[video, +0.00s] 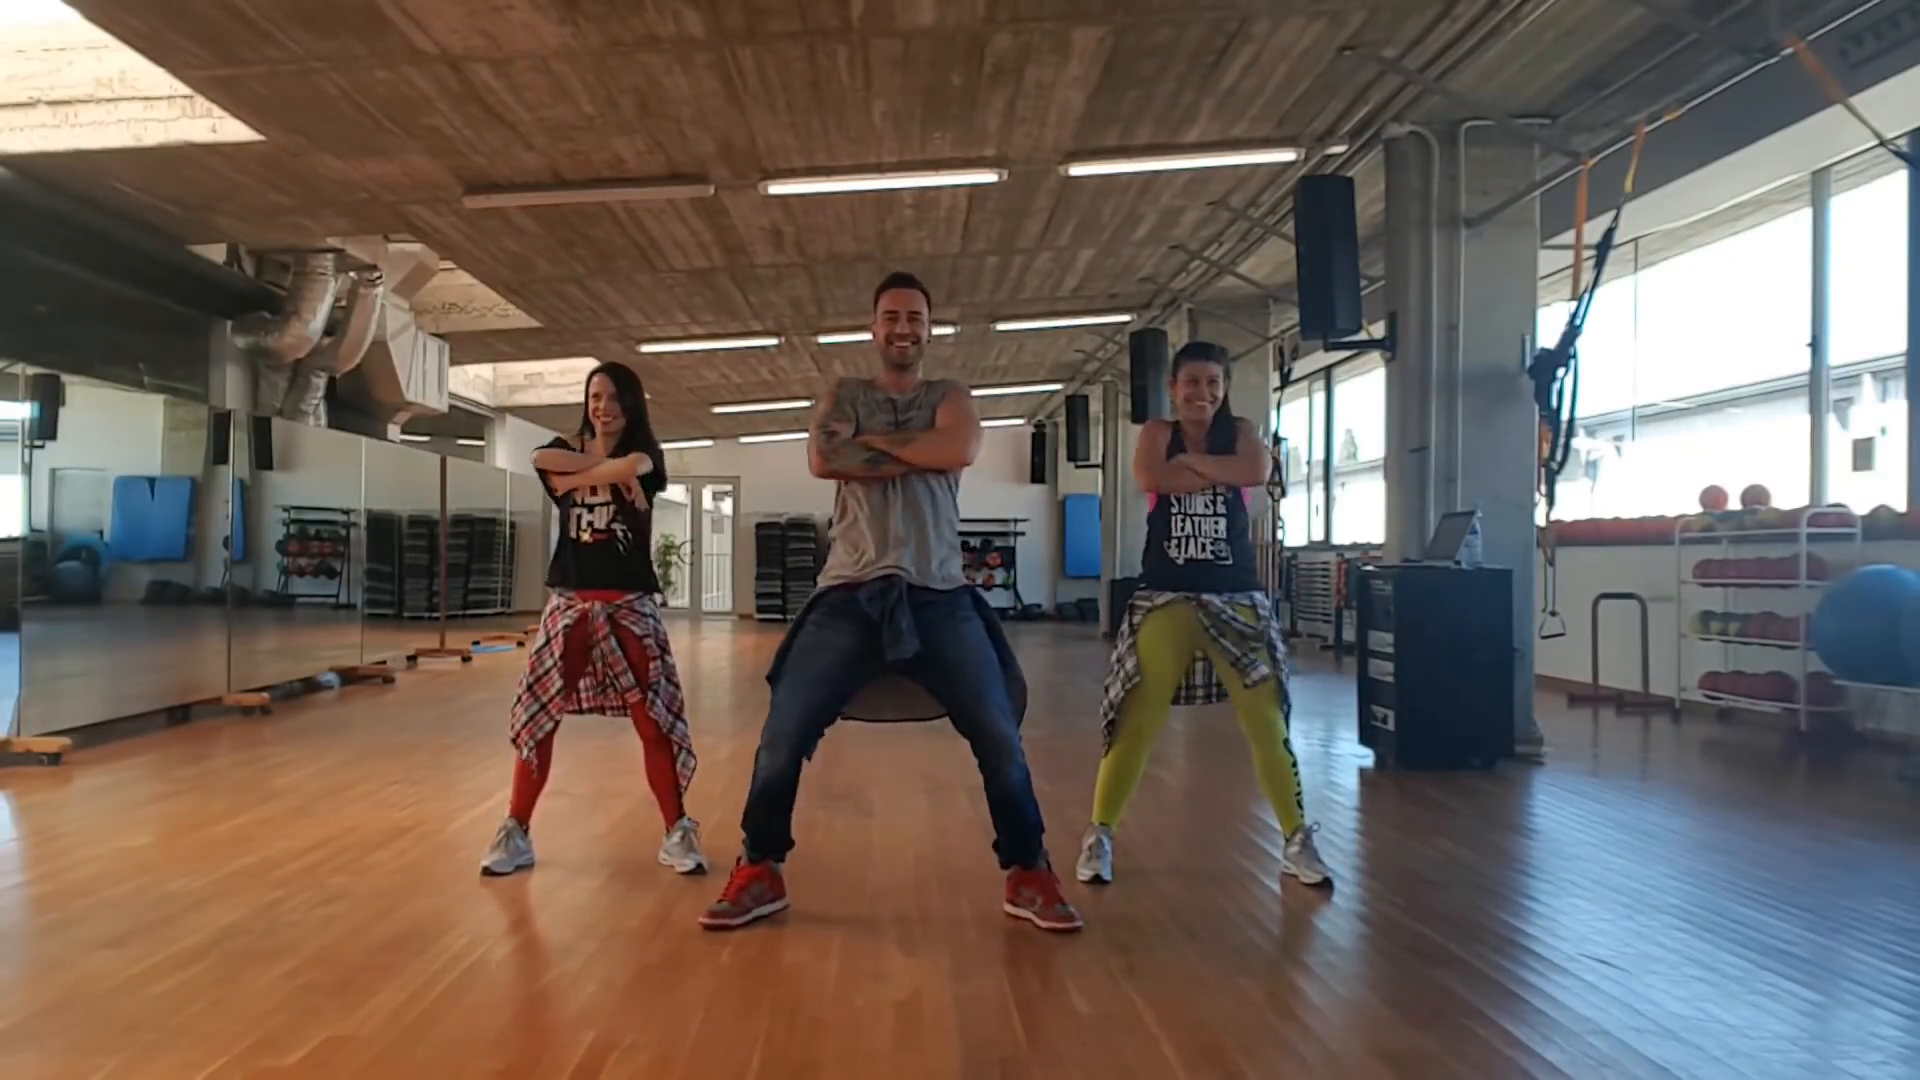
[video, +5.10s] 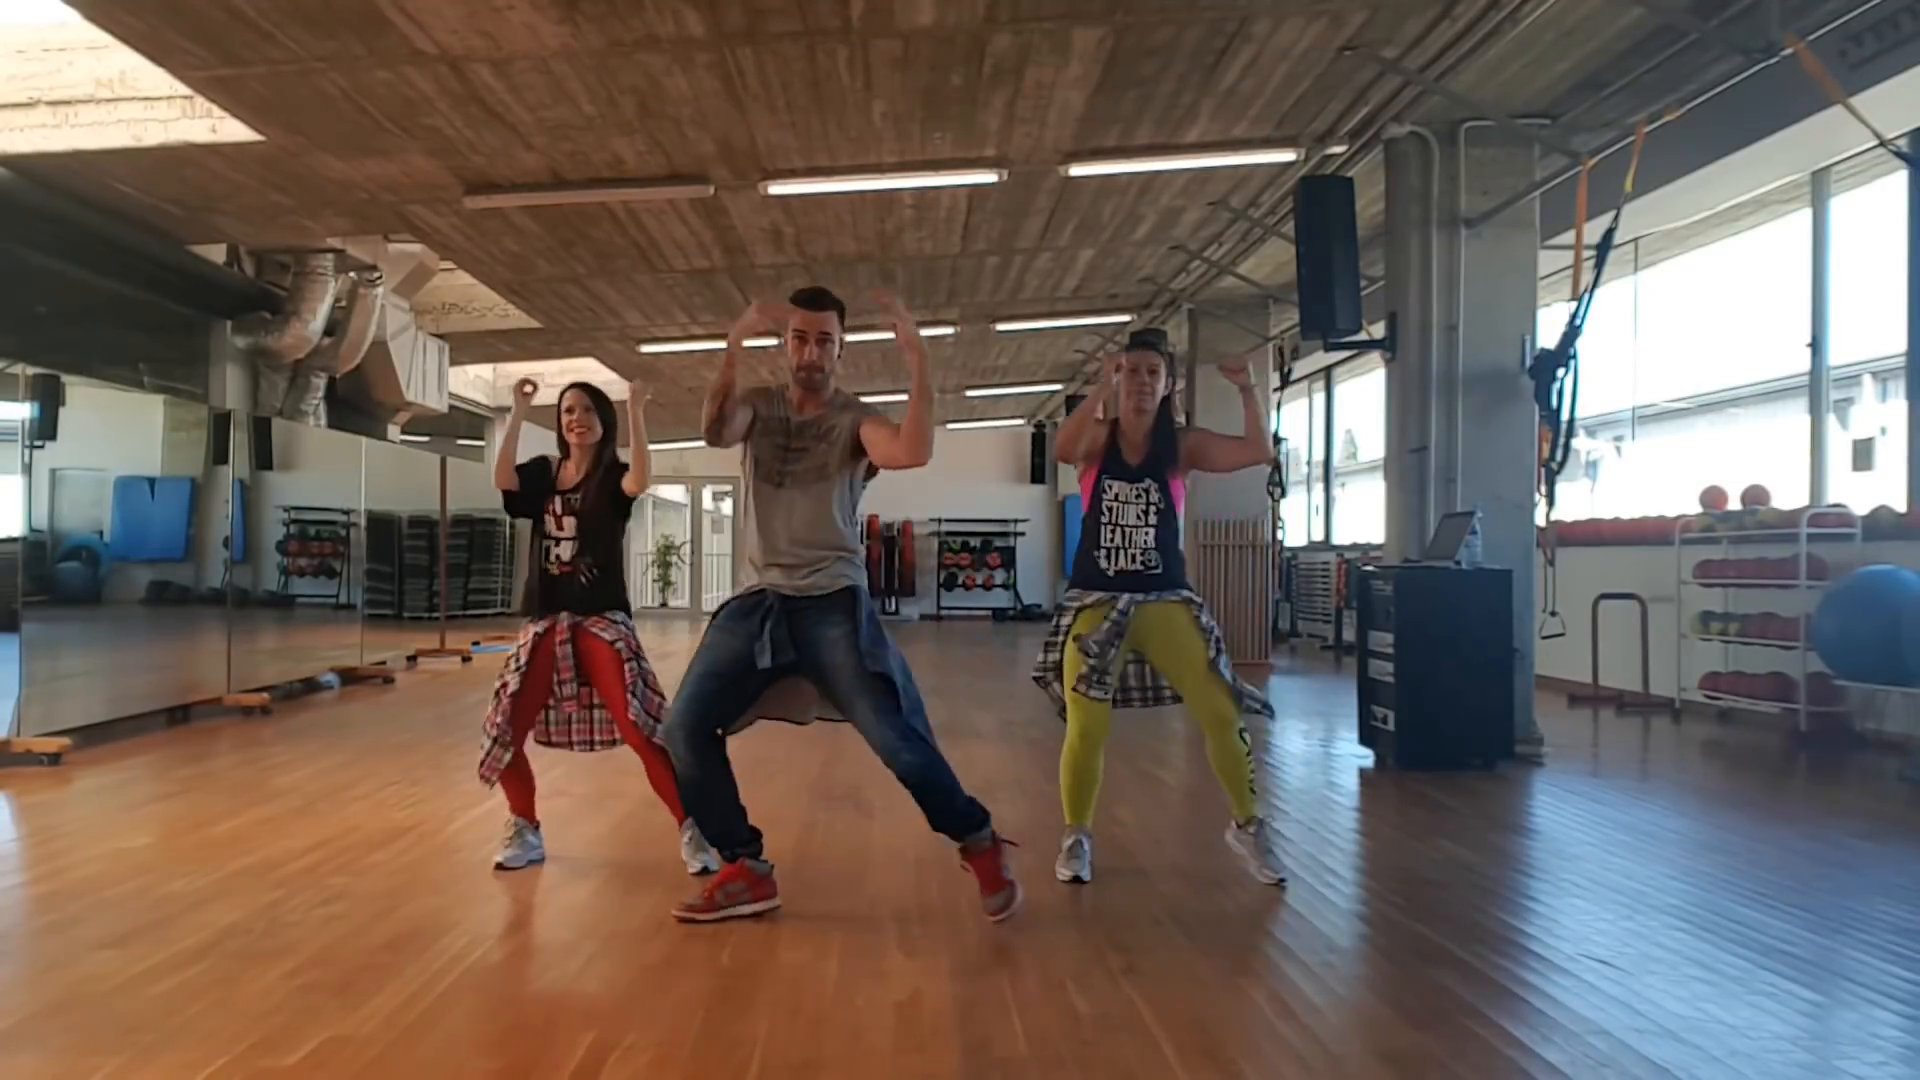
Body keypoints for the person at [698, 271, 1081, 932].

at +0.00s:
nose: (902, 327)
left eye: (914, 317)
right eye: (891, 316)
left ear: (930, 329)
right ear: (873, 327)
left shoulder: (948, 395)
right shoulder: (843, 394)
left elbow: (960, 450)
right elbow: (820, 461)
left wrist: (864, 439)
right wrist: (916, 456)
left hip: (938, 593)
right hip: (848, 590)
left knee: (997, 731)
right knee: (782, 729)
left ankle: (1028, 874)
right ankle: (760, 871)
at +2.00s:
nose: (880, 319)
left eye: (892, 309)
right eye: (869, 309)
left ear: (910, 324)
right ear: (850, 323)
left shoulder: (932, 388)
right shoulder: (827, 397)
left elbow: (926, 454)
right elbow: (796, 473)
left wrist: (838, 446)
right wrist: (889, 463)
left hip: (921, 595)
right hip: (832, 593)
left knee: (985, 730)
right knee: (766, 731)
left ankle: (1013, 876)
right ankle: (755, 869)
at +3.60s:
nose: (914, 315)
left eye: (924, 307)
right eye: (902, 307)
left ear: (942, 326)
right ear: (883, 327)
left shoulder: (969, 399)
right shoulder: (854, 396)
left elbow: (1007, 470)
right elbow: (829, 479)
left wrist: (924, 478)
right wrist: (906, 531)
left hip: (957, 597)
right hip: (868, 598)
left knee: (1008, 731)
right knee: (809, 733)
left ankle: (1025, 873)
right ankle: (775, 872)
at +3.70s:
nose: (914, 316)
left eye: (925, 307)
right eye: (903, 307)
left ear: (942, 325)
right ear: (883, 326)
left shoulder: (970, 398)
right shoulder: (855, 397)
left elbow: (1028, 461)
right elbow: (816, 470)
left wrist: (975, 448)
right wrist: (859, 480)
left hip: (955, 592)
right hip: (866, 591)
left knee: (1006, 730)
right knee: (810, 726)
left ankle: (1025, 873)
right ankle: (775, 871)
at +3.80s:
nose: (912, 314)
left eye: (923, 305)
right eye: (901, 305)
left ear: (940, 320)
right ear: (882, 321)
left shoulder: (964, 393)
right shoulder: (858, 391)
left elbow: (1012, 458)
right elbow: (819, 457)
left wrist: (994, 379)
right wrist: (842, 380)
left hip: (952, 588)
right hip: (864, 585)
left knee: (1005, 729)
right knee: (809, 723)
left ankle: (1025, 873)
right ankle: (773, 871)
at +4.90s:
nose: (852, 364)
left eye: (865, 352)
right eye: (842, 351)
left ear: (880, 358)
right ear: (826, 357)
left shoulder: (900, 431)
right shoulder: (807, 424)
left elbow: (957, 467)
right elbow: (782, 460)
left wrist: (958, 380)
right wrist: (797, 377)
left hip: (873, 621)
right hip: (801, 620)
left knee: (934, 757)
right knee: (708, 721)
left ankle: (1055, 854)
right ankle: (748, 871)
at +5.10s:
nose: (810, 353)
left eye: (823, 341)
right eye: (799, 339)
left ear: (840, 348)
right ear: (783, 344)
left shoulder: (855, 421)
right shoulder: (756, 410)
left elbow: (912, 451)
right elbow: (713, 431)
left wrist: (916, 357)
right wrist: (734, 343)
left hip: (833, 598)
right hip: (758, 597)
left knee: (893, 738)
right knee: (685, 727)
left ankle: (980, 846)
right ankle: (745, 869)